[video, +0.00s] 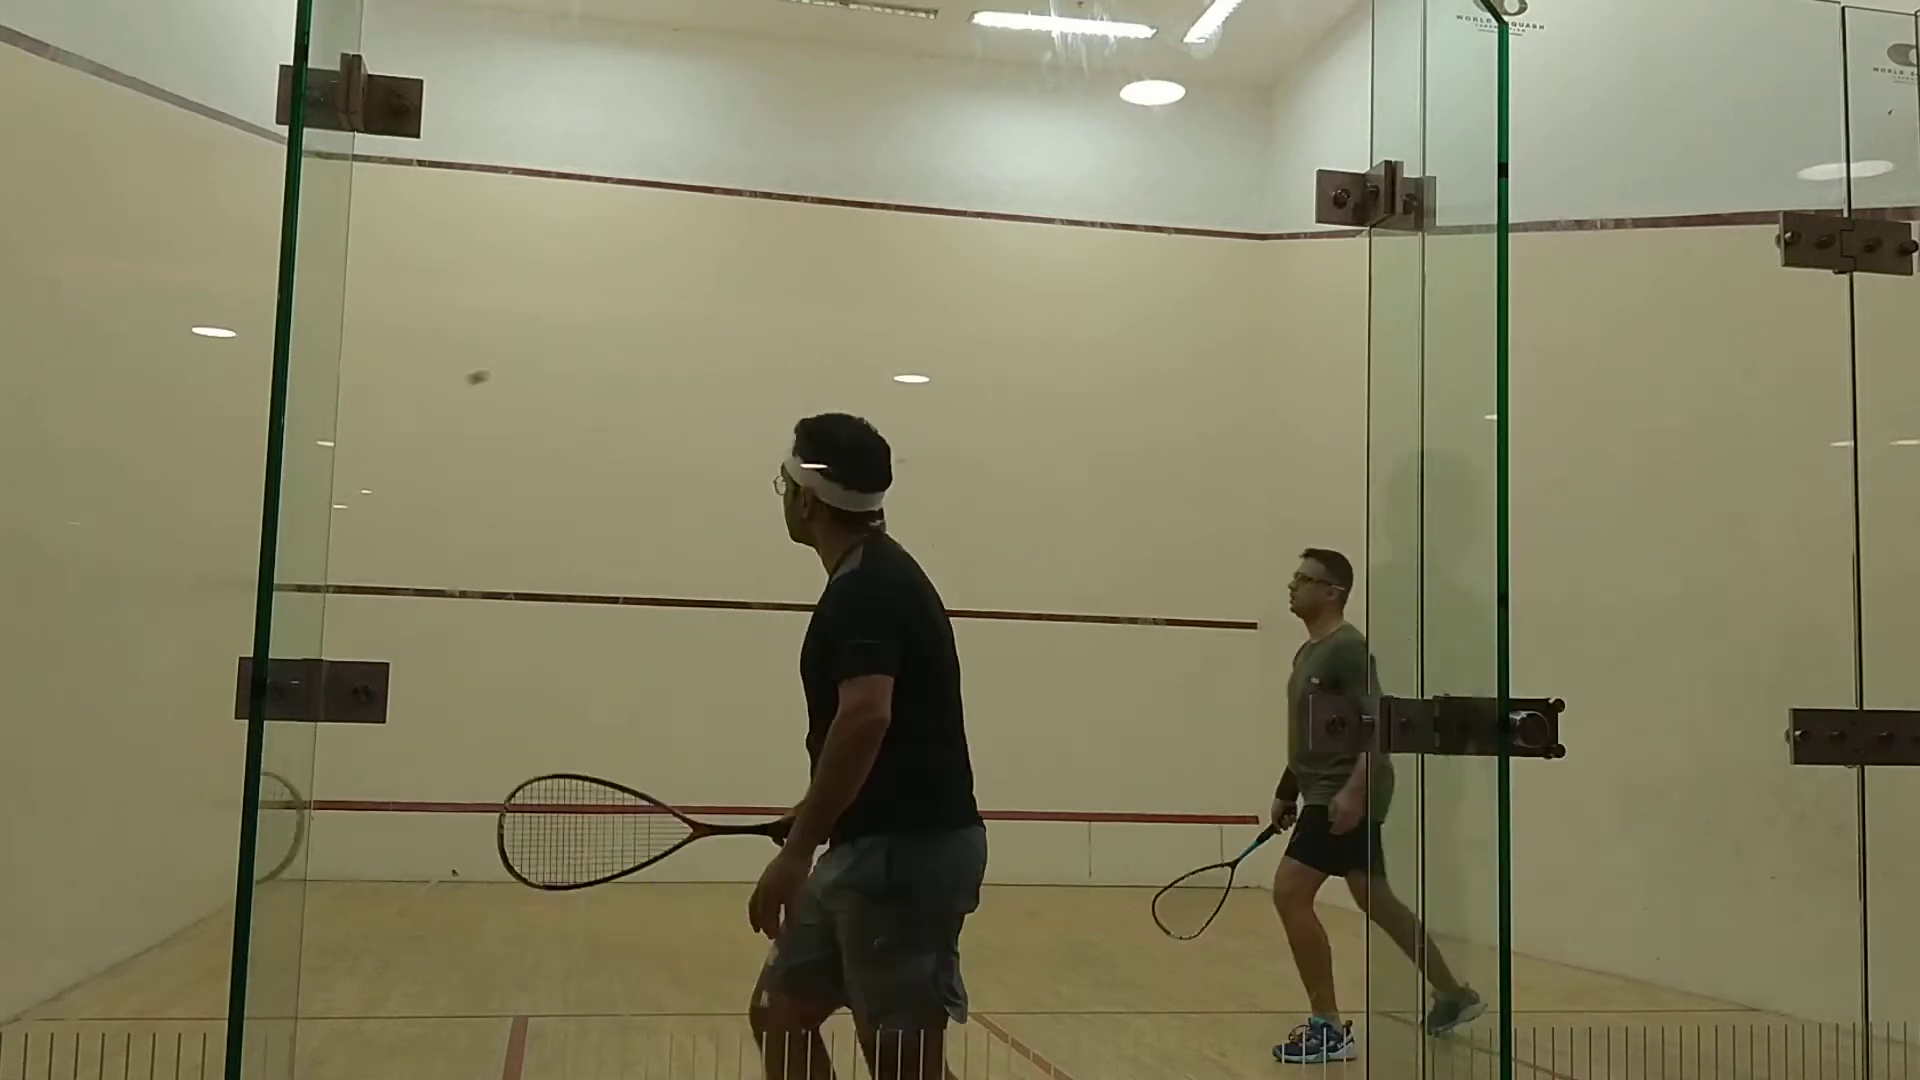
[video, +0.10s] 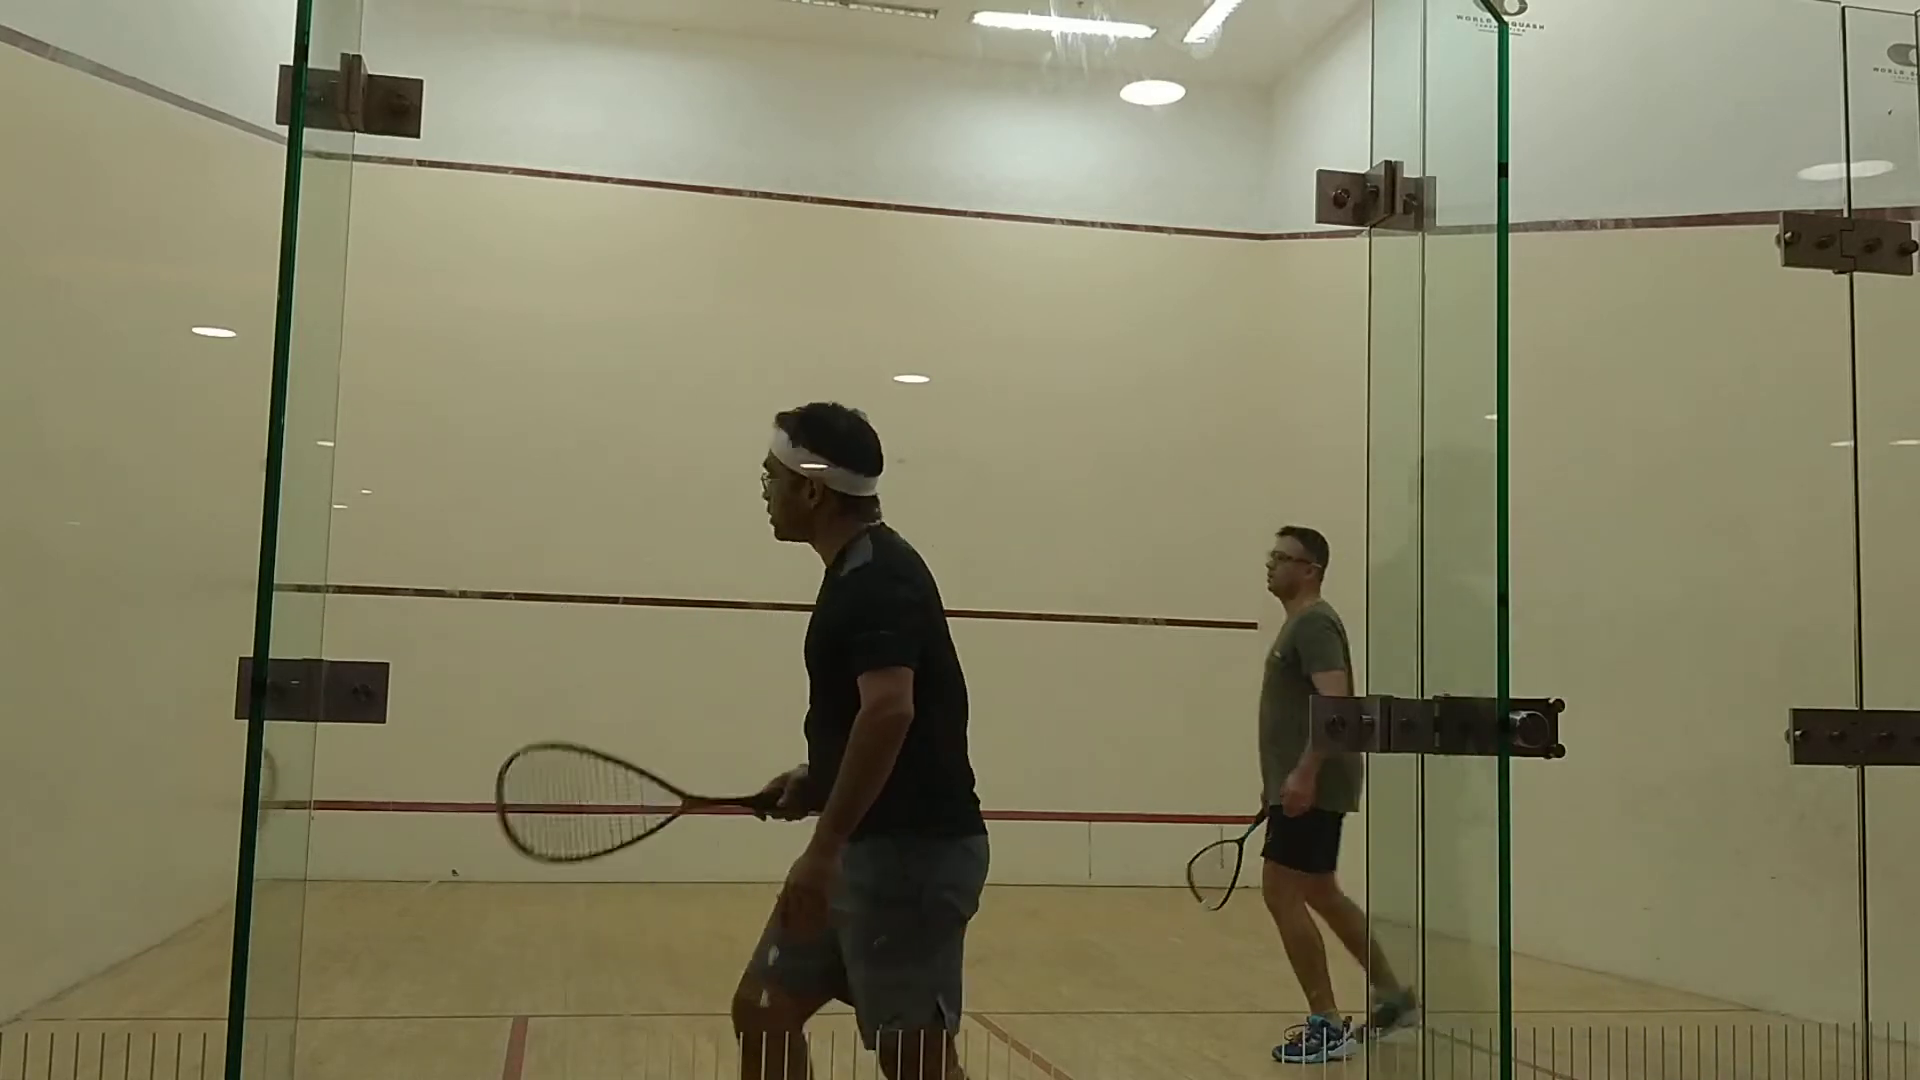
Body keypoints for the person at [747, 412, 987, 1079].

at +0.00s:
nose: (782, 497)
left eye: (787, 483)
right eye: (786, 482)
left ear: (810, 499)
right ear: (867, 498)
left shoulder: (865, 586)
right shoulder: (882, 575)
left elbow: (864, 715)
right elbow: (892, 727)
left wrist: (798, 852)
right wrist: (814, 812)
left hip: (905, 851)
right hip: (872, 846)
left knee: (903, 1052)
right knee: (781, 1015)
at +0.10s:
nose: (764, 492)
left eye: (773, 477)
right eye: (767, 476)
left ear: (814, 491)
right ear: (824, 491)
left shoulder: (876, 575)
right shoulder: (862, 569)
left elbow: (889, 711)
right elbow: (883, 713)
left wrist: (822, 849)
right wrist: (816, 778)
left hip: (912, 849)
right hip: (865, 844)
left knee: (913, 1052)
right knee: (763, 1014)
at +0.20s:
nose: (747, 499)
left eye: (758, 480)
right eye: (748, 481)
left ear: (813, 483)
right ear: (812, 484)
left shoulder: (880, 571)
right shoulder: (829, 576)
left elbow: (911, 705)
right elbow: (841, 704)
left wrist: (862, 849)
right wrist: (785, 760)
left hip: (916, 843)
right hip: (838, 838)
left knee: (915, 1050)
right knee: (759, 1018)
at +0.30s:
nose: (733, 502)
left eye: (745, 483)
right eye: (731, 486)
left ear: (806, 479)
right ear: (799, 483)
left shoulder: (888, 572)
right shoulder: (781, 589)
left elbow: (944, 700)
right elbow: (788, 689)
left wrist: (908, 837)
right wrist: (757, 752)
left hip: (901, 853)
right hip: (812, 846)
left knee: (911, 1054)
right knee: (758, 1028)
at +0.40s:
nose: (711, 509)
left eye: (724, 489)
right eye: (708, 493)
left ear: (786, 485)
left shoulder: (887, 577)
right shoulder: (754, 597)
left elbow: (971, 697)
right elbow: (760, 706)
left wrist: (952, 826)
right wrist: (736, 776)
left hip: (904, 856)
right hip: (805, 852)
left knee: (928, 1054)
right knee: (737, 1024)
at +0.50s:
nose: (687, 535)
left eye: (699, 514)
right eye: (683, 518)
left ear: (759, 506)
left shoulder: (868, 585)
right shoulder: (725, 628)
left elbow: (975, 695)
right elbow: (740, 743)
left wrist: (977, 825)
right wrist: (716, 830)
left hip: (906, 858)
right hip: (802, 851)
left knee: (921, 1058)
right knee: (695, 1009)